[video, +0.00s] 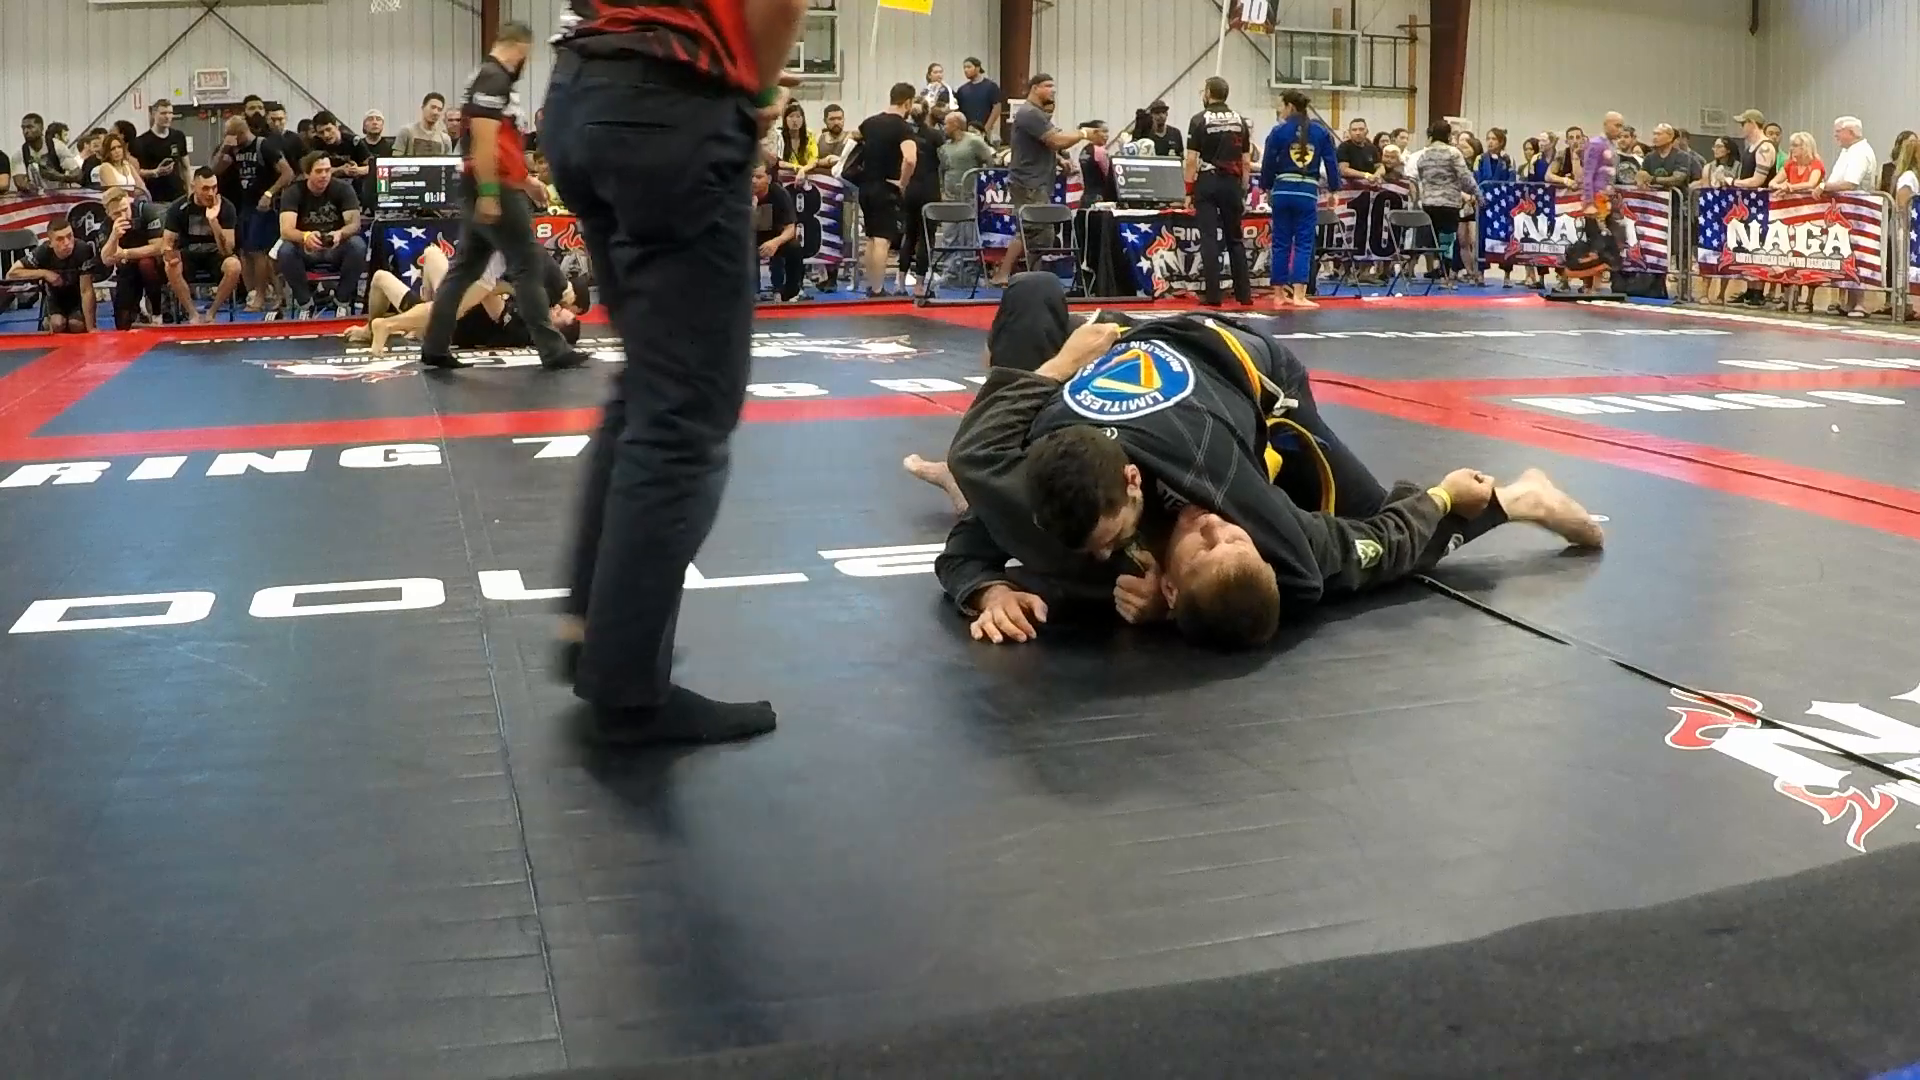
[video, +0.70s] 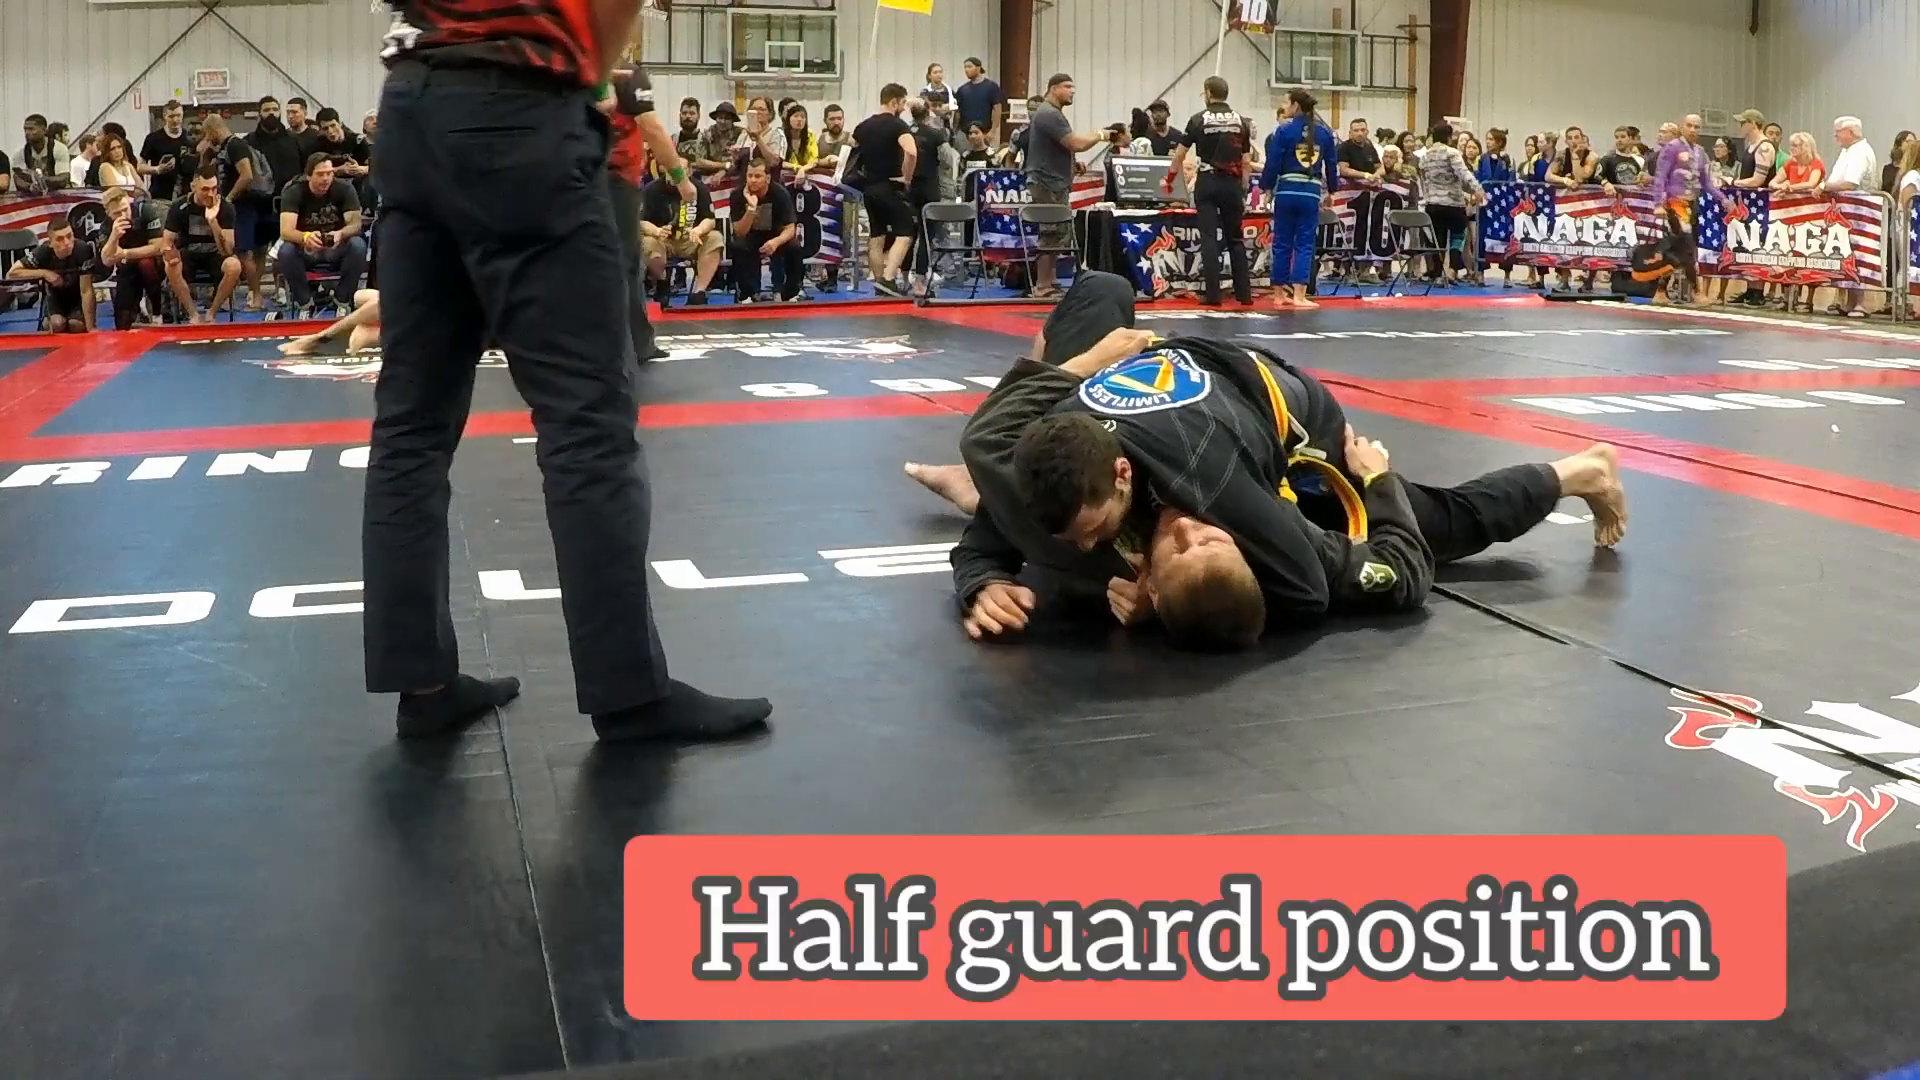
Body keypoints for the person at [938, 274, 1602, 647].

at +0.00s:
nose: (1106, 557)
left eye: (1113, 543)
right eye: (1088, 552)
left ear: (1136, 489)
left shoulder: (1207, 475)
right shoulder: (998, 483)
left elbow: (1311, 573)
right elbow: (961, 554)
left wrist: (1168, 599)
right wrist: (981, 591)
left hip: (1245, 364)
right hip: (1134, 351)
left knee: (1365, 549)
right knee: (1031, 286)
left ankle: (1498, 498)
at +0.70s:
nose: (1090, 540)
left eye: (1100, 530)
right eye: (1070, 535)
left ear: (1125, 479)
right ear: (1024, 499)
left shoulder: (1200, 481)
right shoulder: (1012, 470)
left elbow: (1317, 590)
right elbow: (980, 549)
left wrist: (1148, 604)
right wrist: (985, 593)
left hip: (1277, 405)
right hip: (1170, 359)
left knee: (1422, 530)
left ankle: (1577, 472)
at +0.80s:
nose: (1093, 539)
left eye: (1101, 531)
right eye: (1067, 533)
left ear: (1121, 479)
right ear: (1022, 497)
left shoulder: (1202, 487)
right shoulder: (1015, 467)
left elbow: (1310, 594)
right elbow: (997, 551)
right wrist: (982, 582)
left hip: (1283, 403)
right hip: (1182, 356)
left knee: (1414, 531)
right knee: (1096, 284)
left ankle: (1587, 475)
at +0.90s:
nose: (1082, 539)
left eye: (1093, 530)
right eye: (1060, 533)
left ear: (1117, 478)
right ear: (1020, 490)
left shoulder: (1200, 487)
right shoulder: (1014, 457)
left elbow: (1307, 591)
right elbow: (999, 536)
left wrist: (1147, 601)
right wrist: (978, 576)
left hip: (1283, 407)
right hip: (1180, 355)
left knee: (1414, 532)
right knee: (1096, 285)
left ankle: (1588, 476)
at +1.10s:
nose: (1064, 543)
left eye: (1080, 536)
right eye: (1050, 536)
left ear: (1114, 487)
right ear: (1017, 485)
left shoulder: (1200, 489)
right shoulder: (1014, 454)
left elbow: (1306, 598)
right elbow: (995, 533)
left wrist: (1148, 603)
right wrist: (979, 571)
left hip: (1279, 406)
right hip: (1181, 357)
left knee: (1403, 513)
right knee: (1091, 290)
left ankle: (1588, 476)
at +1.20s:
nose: (1162, 536)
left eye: (1102, 541)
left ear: (1118, 500)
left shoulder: (1201, 494)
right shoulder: (1012, 460)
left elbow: (1306, 594)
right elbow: (996, 536)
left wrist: (1145, 605)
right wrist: (978, 574)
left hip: (1273, 403)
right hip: (1172, 356)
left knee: (1407, 518)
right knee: (1086, 292)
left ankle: (1583, 477)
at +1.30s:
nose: (1171, 534)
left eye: (1137, 546)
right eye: (1181, 543)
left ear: (1118, 511)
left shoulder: (1201, 491)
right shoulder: (1010, 462)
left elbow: (1307, 591)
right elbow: (994, 538)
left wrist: (1134, 598)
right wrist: (977, 573)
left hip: (1271, 401)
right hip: (1173, 354)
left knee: (1414, 522)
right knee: (1080, 292)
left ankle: (1580, 476)